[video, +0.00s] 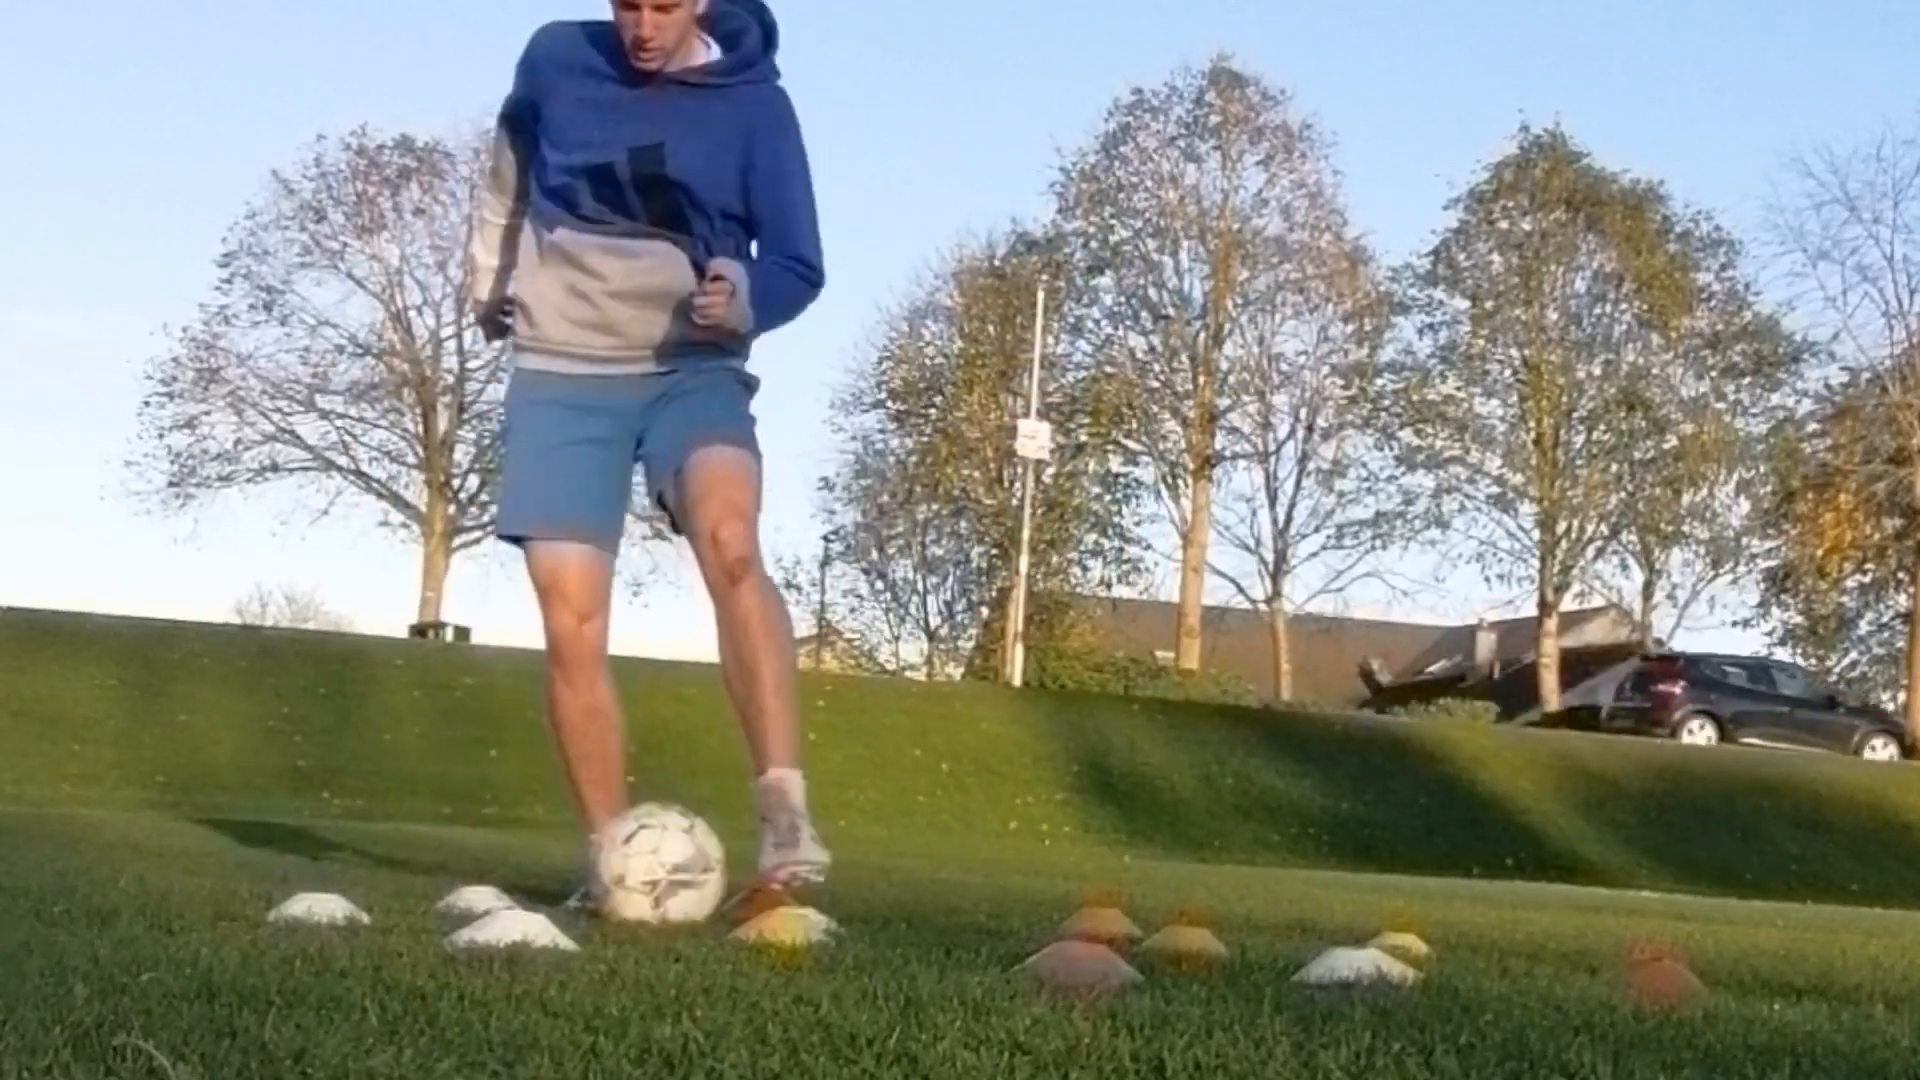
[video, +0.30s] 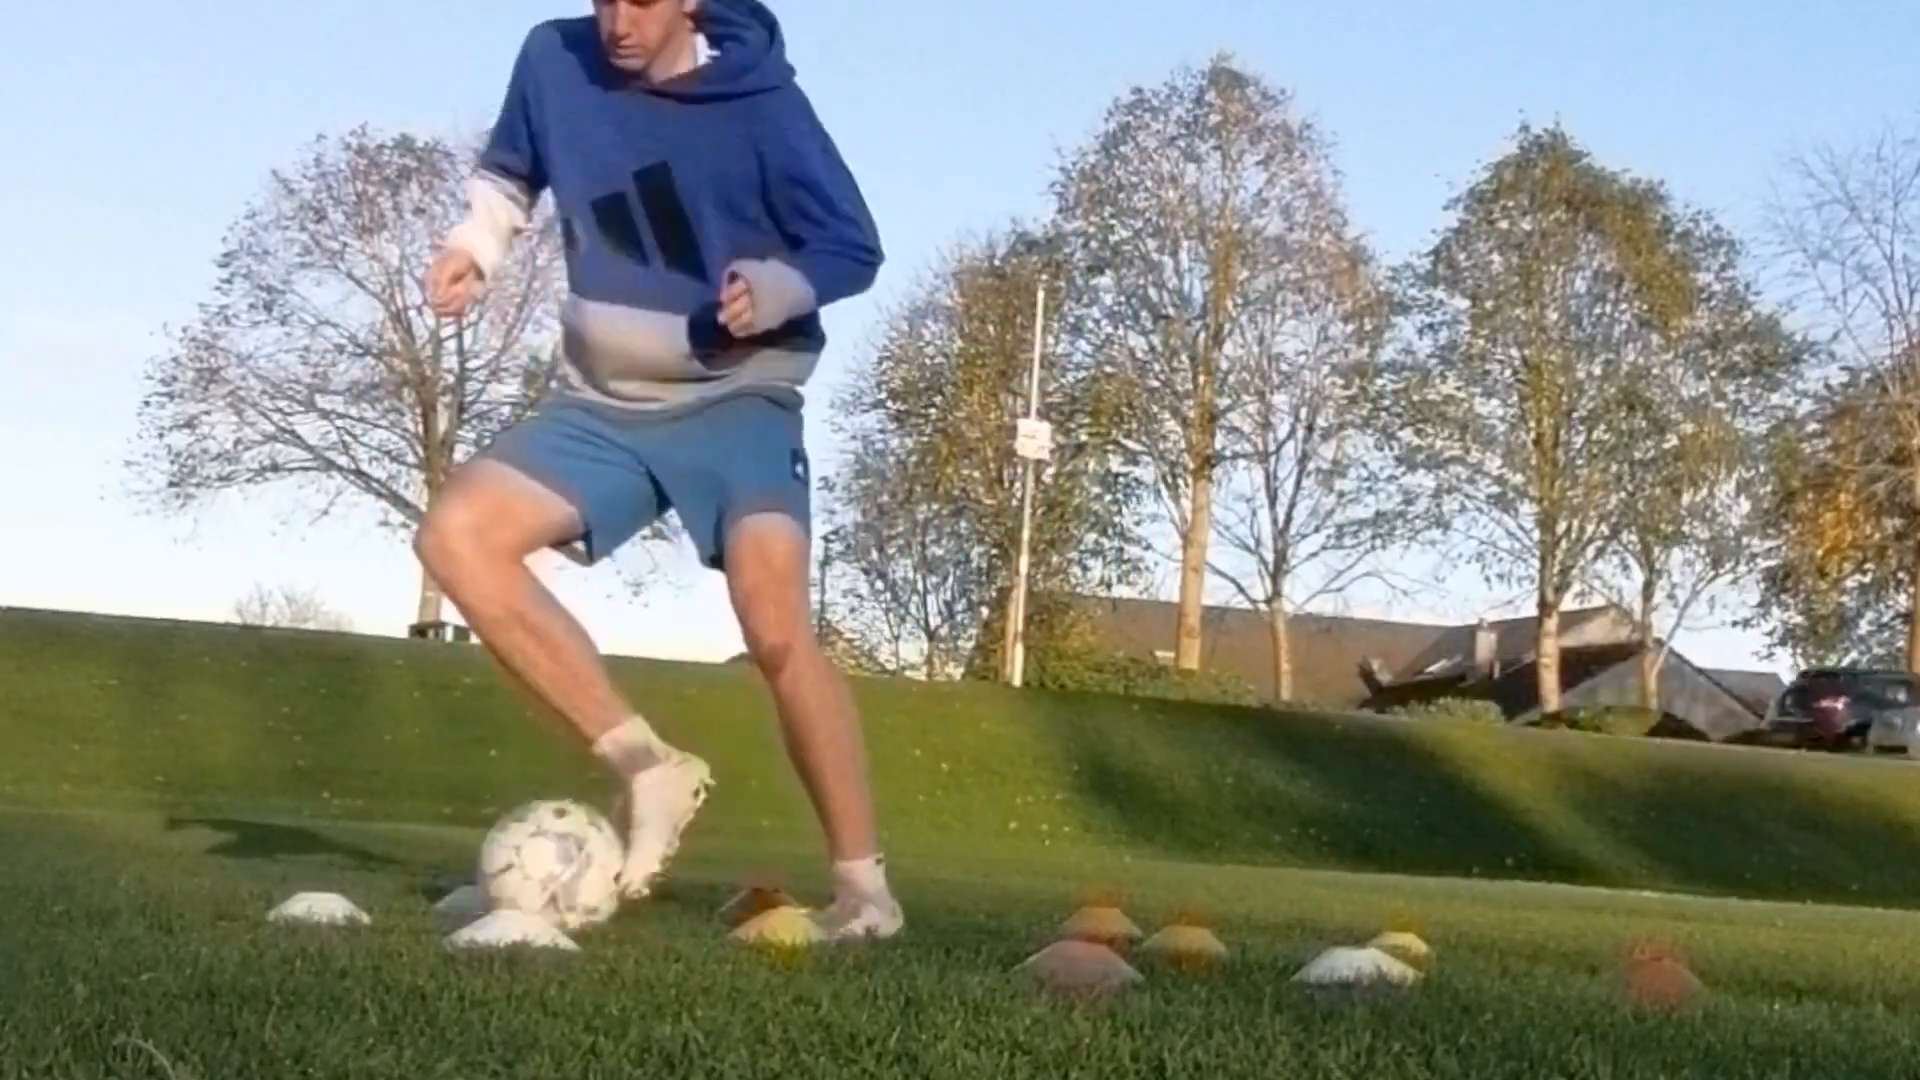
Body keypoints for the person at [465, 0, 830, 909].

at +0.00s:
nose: (641, 26)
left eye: (662, 9)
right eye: (627, 7)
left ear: (701, 3)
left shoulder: (754, 100)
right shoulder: (557, 56)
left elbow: (796, 263)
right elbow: (509, 155)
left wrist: (747, 302)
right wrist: (490, 271)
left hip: (692, 381)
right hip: (559, 384)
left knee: (734, 550)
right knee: (570, 625)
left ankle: (785, 821)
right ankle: (612, 872)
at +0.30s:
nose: (614, 21)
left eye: (638, 4)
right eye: (604, 1)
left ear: (690, 5)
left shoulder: (760, 98)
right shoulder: (555, 59)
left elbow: (850, 246)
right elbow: (511, 172)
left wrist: (776, 285)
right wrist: (475, 245)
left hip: (736, 410)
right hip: (593, 408)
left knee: (776, 629)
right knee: (458, 537)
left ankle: (864, 888)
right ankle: (648, 766)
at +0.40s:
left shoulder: (739, 40)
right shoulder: (532, 5)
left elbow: (822, 171)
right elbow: (475, 46)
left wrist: (820, 218)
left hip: (672, 360)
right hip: (534, 362)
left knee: (717, 604)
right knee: (495, 583)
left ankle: (824, 869)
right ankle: (647, 854)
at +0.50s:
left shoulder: (714, 10)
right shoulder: (484, 0)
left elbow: (798, 85)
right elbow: (413, 27)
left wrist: (841, 123)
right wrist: (376, 33)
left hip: (621, 311)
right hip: (475, 297)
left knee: (609, 554)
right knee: (368, 510)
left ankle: (619, 796)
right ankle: (498, 764)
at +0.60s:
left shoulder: (656, 9)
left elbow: (720, 91)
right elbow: (330, 59)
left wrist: (786, 119)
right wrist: (274, 129)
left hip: (570, 312)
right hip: (416, 283)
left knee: (518, 602)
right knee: (248, 482)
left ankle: (504, 871)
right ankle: (207, 775)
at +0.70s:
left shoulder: (637, 12)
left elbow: (754, 94)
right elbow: (256, 27)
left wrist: (749, 51)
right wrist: (164, 126)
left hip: (487, 314)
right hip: (333, 255)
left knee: (479, 594)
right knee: (156, 432)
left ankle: (496, 874)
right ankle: (107, 739)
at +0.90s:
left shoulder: (461, 11)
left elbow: (494, 153)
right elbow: (110, 14)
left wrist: (426, 180)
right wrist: (100, 18)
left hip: (362, 326)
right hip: (184, 284)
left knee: (405, 599)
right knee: (45, 536)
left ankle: (271, 732)